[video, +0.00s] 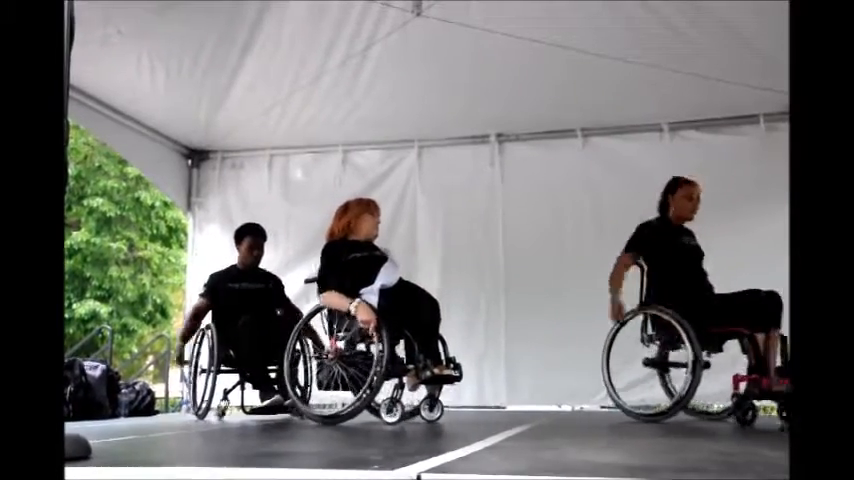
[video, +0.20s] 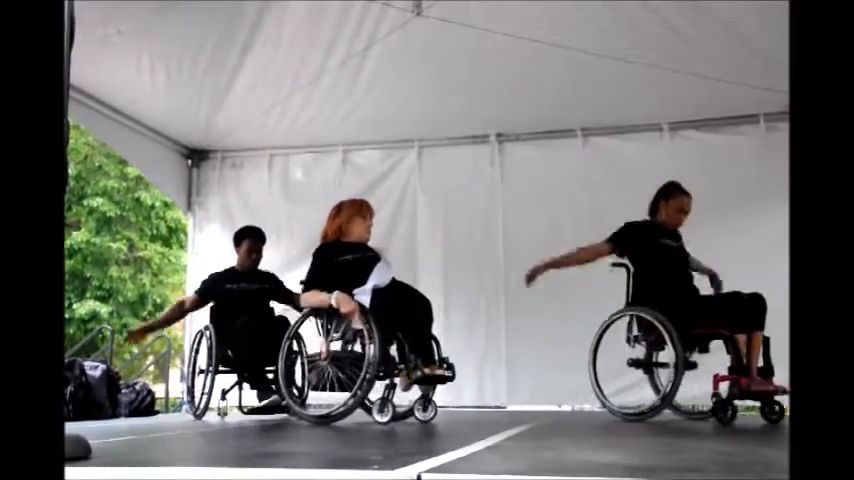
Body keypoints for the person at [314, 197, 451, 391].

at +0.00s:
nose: (378, 221)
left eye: (377, 217)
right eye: (373, 216)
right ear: (355, 221)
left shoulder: (372, 249)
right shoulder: (335, 249)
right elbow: (326, 295)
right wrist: (356, 306)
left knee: (428, 305)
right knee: (413, 312)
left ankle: (432, 364)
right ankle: (419, 368)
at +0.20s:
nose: (370, 224)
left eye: (370, 219)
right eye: (365, 219)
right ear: (346, 222)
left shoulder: (367, 251)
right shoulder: (327, 251)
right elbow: (306, 297)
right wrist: (334, 298)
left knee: (420, 305)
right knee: (405, 310)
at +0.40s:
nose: (361, 227)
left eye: (362, 221)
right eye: (356, 221)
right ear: (338, 223)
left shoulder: (359, 252)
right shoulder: (318, 252)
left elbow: (378, 282)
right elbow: (292, 287)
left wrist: (413, 286)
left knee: (407, 302)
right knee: (401, 306)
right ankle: (415, 362)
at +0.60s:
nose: (353, 225)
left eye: (354, 220)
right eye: (347, 219)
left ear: (355, 225)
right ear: (329, 223)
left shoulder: (362, 253)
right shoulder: (314, 250)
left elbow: (394, 257)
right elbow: (285, 253)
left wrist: (425, 243)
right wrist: (274, 223)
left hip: (359, 311)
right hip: (330, 314)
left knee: (401, 305)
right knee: (383, 309)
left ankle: (410, 362)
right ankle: (401, 363)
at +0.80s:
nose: (346, 227)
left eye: (346, 223)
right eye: (340, 222)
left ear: (346, 226)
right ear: (323, 225)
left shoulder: (354, 255)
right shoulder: (309, 253)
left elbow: (395, 255)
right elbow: (298, 250)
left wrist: (435, 236)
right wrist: (303, 226)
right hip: (325, 312)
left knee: (394, 307)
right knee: (375, 314)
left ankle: (402, 362)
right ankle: (393, 364)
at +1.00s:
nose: (338, 226)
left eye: (340, 222)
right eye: (332, 221)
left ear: (342, 225)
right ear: (316, 225)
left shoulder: (348, 256)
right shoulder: (301, 252)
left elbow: (384, 281)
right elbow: (300, 273)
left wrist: (422, 284)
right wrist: (319, 274)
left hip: (349, 307)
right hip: (318, 312)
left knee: (388, 305)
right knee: (368, 308)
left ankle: (396, 363)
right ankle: (383, 364)